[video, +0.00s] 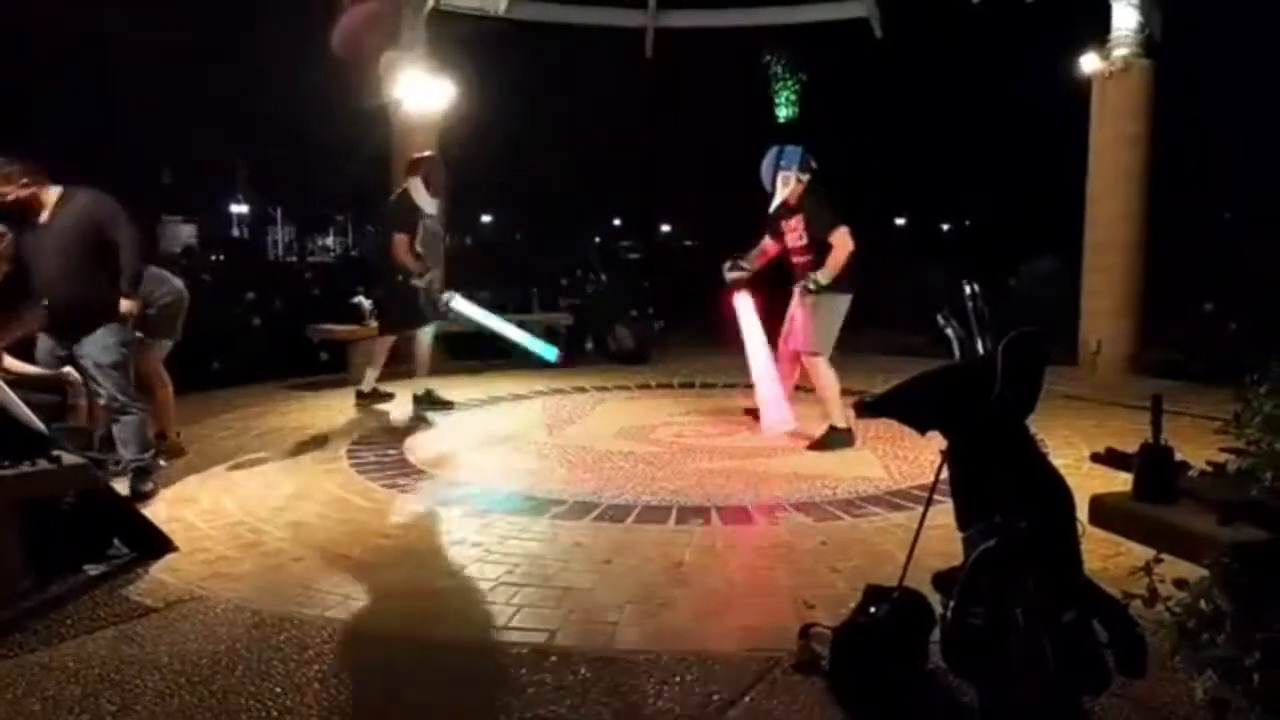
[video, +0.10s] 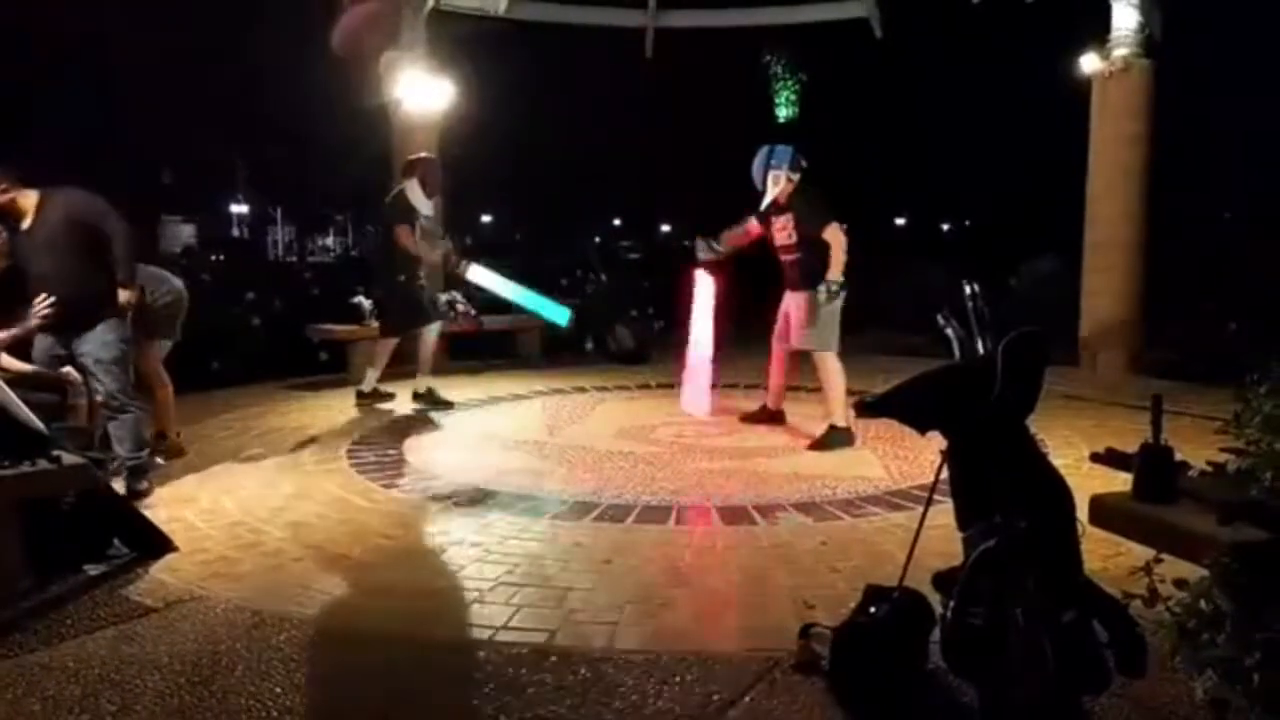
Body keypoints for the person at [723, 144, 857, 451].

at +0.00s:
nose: (781, 187)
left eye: (787, 180)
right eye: (778, 180)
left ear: (800, 179)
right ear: (774, 179)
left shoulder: (815, 206)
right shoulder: (781, 214)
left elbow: (844, 243)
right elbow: (769, 246)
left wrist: (821, 278)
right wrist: (747, 265)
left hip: (829, 290)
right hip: (804, 289)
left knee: (813, 355)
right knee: (788, 351)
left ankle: (839, 425)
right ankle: (774, 407)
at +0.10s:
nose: (774, 186)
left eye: (780, 179)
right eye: (770, 179)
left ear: (792, 179)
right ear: (764, 179)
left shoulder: (806, 207)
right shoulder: (770, 212)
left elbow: (838, 238)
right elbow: (745, 233)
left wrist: (833, 281)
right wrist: (719, 246)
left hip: (818, 292)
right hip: (791, 294)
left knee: (824, 354)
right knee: (779, 347)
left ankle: (840, 425)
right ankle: (773, 406)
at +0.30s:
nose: (757, 183)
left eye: (760, 176)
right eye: (756, 177)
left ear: (774, 174)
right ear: (760, 174)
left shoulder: (794, 201)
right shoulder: (764, 199)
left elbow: (823, 232)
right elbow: (736, 197)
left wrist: (839, 272)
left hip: (816, 290)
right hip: (789, 289)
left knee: (829, 351)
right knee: (779, 346)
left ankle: (856, 412)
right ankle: (774, 407)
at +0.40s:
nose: (756, 183)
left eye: (760, 176)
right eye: (755, 177)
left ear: (774, 173)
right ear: (756, 175)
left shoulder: (793, 200)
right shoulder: (763, 200)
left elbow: (823, 230)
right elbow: (738, 197)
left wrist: (829, 269)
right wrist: (713, 178)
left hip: (816, 289)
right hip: (788, 289)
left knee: (830, 348)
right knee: (780, 348)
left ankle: (858, 405)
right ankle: (773, 406)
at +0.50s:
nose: (760, 182)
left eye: (764, 175)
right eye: (758, 176)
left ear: (777, 174)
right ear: (758, 175)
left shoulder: (795, 200)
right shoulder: (766, 201)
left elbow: (825, 232)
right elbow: (748, 214)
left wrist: (819, 269)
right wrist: (730, 190)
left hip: (819, 287)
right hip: (787, 288)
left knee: (835, 348)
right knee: (775, 343)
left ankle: (863, 400)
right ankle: (773, 406)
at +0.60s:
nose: (769, 180)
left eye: (774, 174)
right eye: (767, 173)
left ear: (787, 175)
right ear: (763, 173)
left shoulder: (802, 203)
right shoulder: (769, 203)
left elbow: (827, 238)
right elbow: (763, 231)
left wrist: (814, 273)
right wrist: (741, 207)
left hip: (823, 289)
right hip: (788, 288)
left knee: (838, 349)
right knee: (771, 341)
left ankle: (869, 397)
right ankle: (772, 406)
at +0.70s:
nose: (786, 192)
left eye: (790, 185)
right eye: (782, 186)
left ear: (801, 183)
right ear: (776, 185)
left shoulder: (818, 209)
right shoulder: (785, 214)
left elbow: (839, 248)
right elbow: (785, 253)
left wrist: (816, 280)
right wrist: (759, 236)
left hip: (833, 294)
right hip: (796, 292)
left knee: (843, 355)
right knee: (772, 341)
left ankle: (873, 399)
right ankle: (772, 405)